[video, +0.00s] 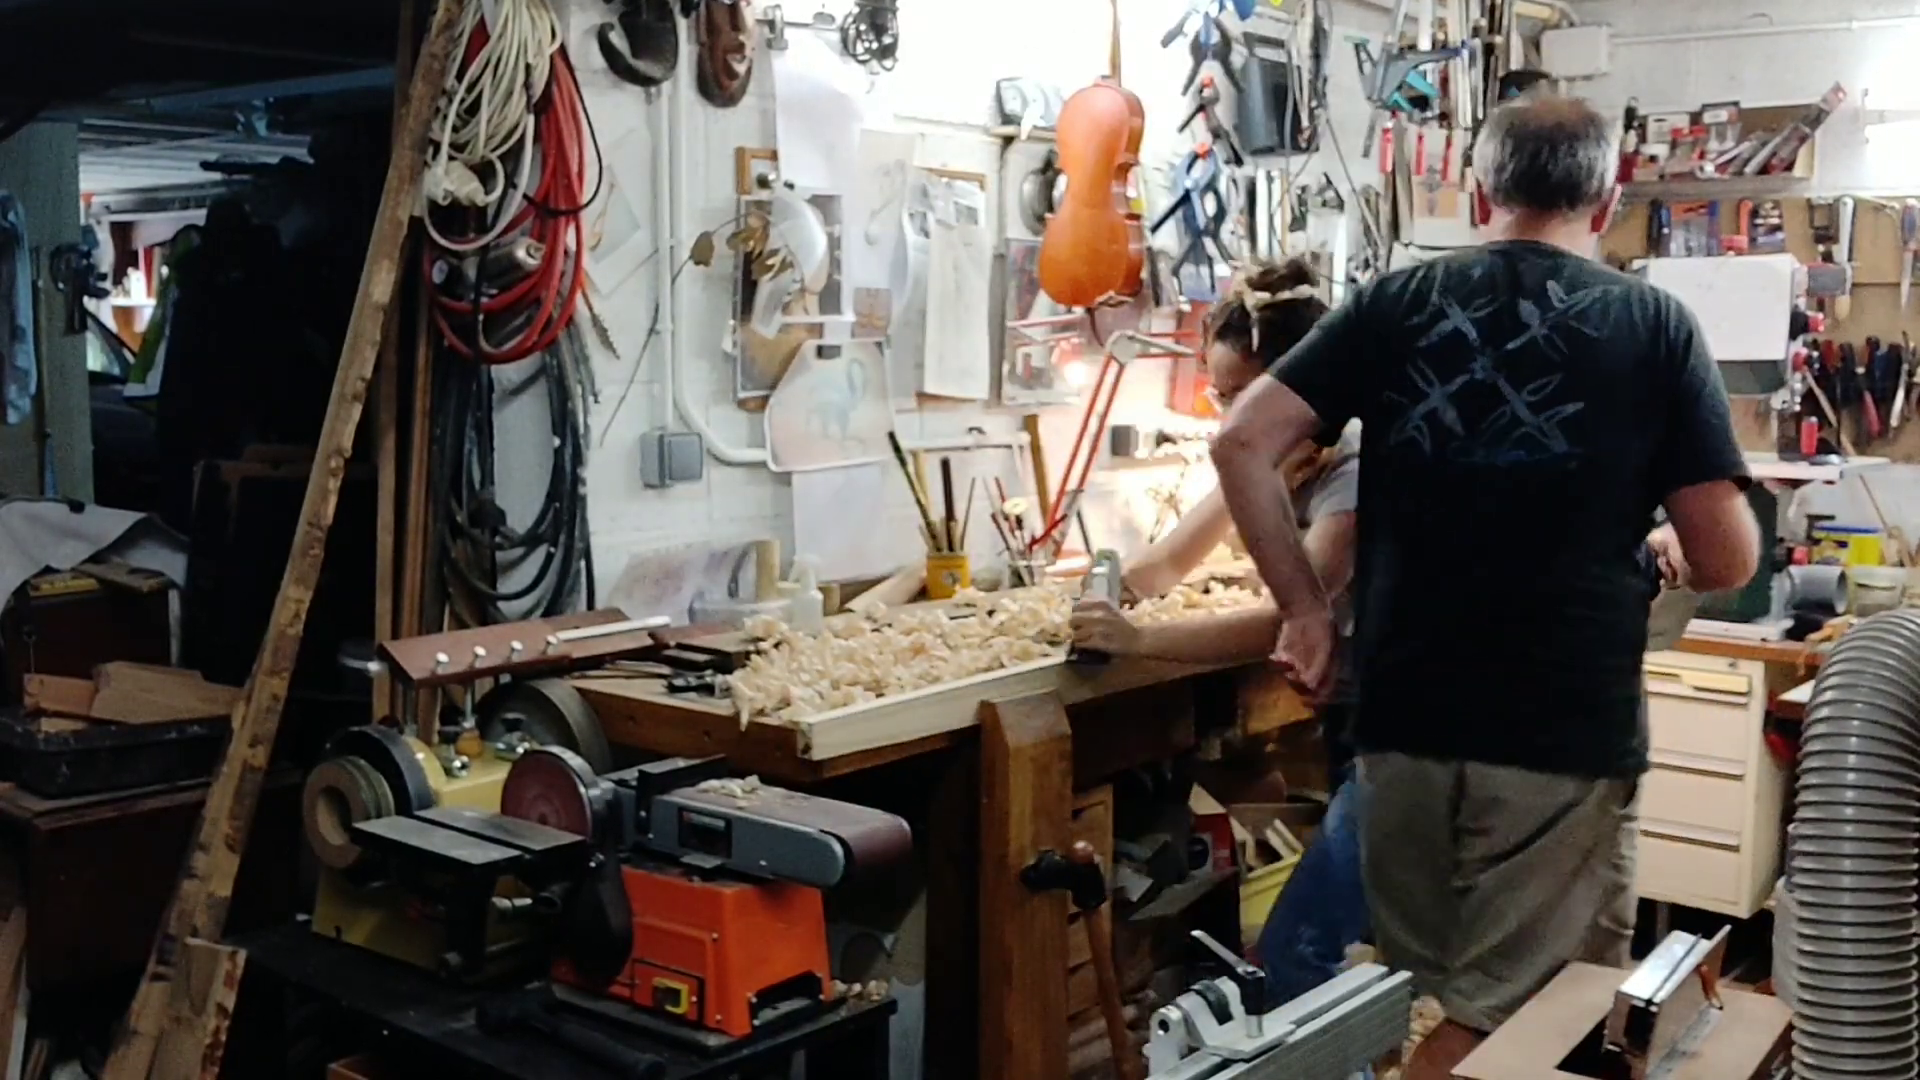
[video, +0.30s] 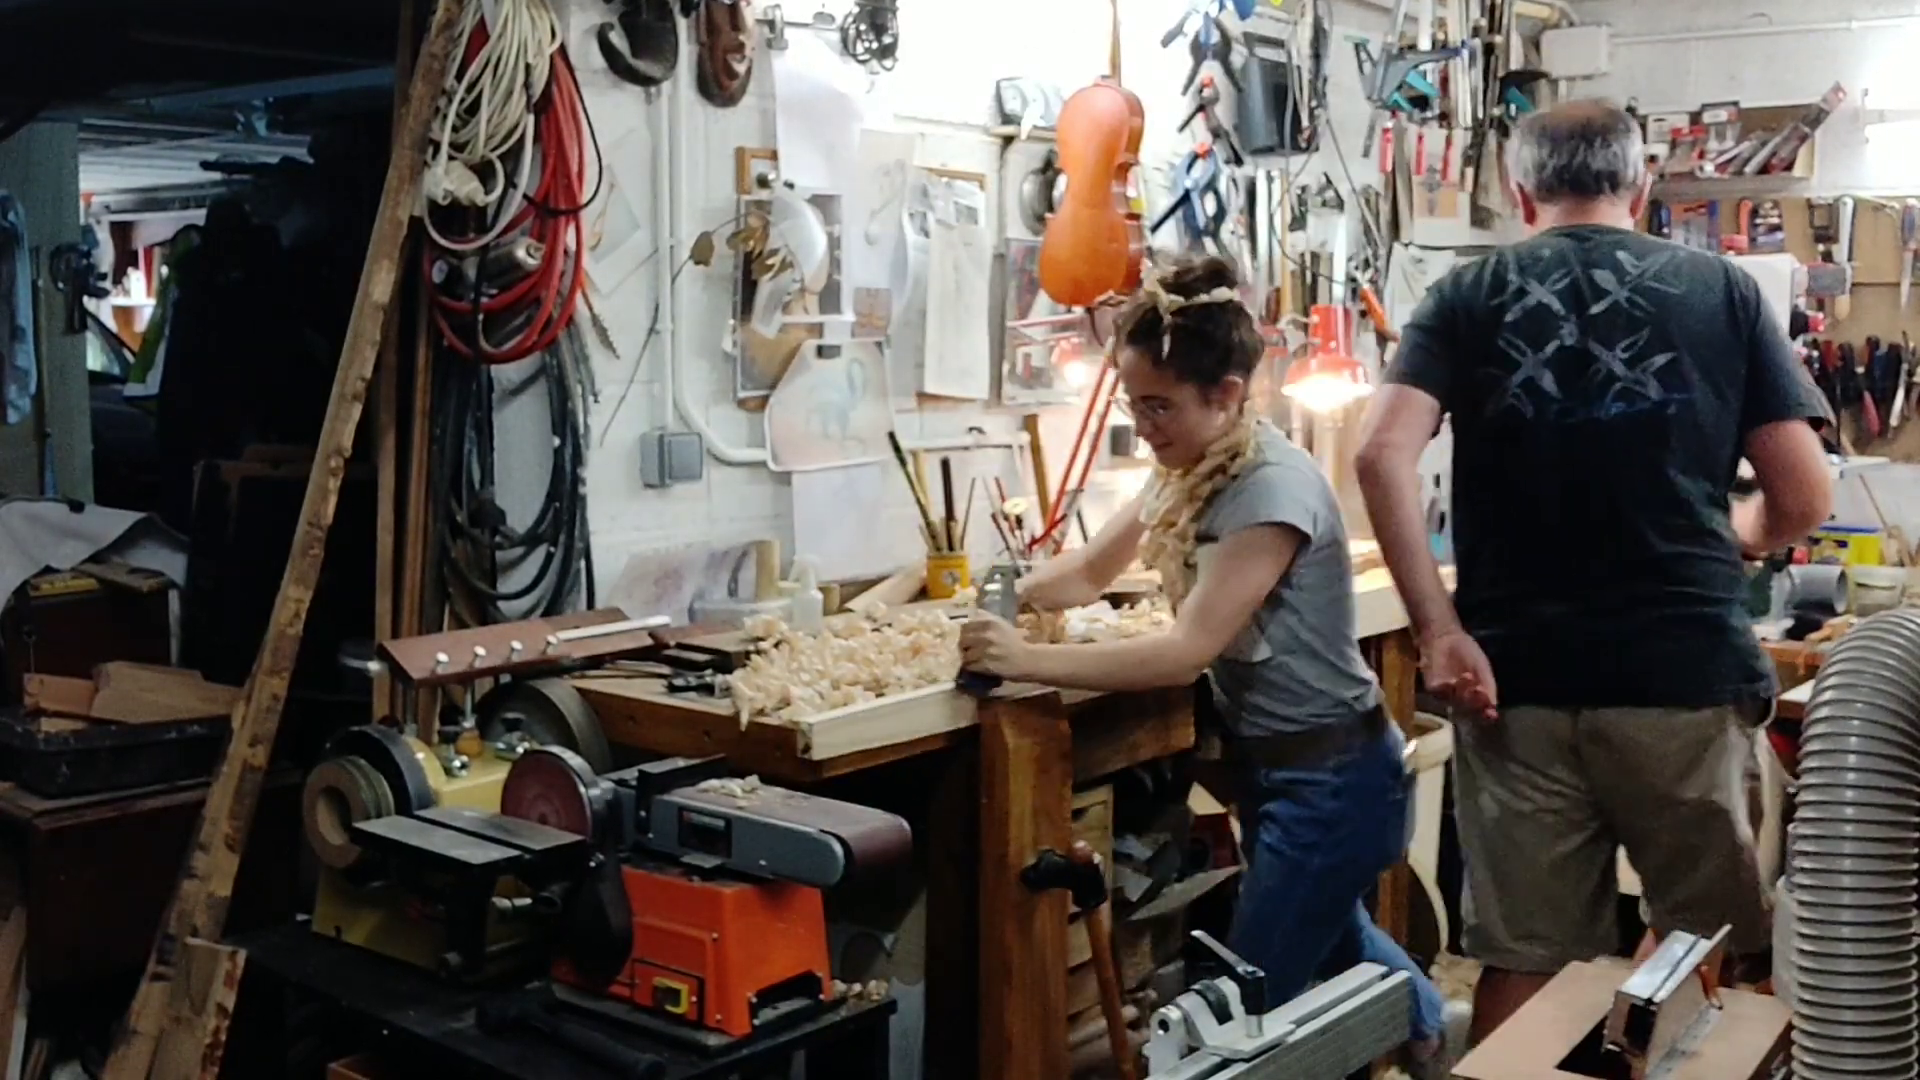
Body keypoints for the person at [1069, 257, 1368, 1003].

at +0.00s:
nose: (1223, 417)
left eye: (1233, 394)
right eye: (1218, 395)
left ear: (1289, 384)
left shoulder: (1355, 475)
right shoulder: (1278, 460)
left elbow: (1298, 617)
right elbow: (1162, 565)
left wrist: (1140, 637)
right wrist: (1099, 597)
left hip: (1402, 753)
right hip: (1357, 741)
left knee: (1293, 955)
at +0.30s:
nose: (1141, 424)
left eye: (1160, 407)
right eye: (1134, 404)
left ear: (1226, 396)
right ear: (1127, 381)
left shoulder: (1274, 491)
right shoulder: (1185, 475)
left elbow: (1188, 650)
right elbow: (1093, 568)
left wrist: (1024, 657)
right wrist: (1015, 589)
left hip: (1329, 779)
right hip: (1270, 768)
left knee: (1260, 993)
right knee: (1332, 938)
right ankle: (1425, 1025)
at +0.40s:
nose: (1110, 424)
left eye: (1129, 405)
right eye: (1101, 403)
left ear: (1201, 390)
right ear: (1094, 379)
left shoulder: (1249, 489)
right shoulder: (1156, 472)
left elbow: (1155, 650)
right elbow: (1059, 570)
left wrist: (987, 666)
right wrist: (970, 606)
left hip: (1311, 779)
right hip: (1245, 771)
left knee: (1262, 1010)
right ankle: (1393, 1023)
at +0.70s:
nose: (1024, 405)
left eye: (1042, 382)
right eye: (1015, 382)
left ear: (1115, 371)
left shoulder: (1167, 477)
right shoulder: (1083, 470)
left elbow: (1050, 641)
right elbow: (980, 585)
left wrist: (876, 691)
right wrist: (877, 626)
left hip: (1300, 763)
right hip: (1203, 762)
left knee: (1296, 1016)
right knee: (1155, 998)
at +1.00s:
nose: (1035, 350)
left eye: (1051, 328)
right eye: (1032, 328)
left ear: (1128, 326)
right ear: (1111, 329)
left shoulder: (1182, 446)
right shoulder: (1099, 444)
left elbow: (1096, 642)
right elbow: (1019, 583)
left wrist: (918, 608)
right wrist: (921, 582)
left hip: (1273, 763)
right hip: (1185, 757)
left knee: (1210, 1029)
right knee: (1139, 1007)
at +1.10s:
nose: (1058, 329)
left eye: (1070, 309)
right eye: (1058, 307)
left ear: (1138, 311)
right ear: (1139, 313)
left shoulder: (1201, 441)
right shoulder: (1162, 426)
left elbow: (1143, 659)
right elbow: (1127, 584)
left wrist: (978, 591)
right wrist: (1008, 563)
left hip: (1263, 766)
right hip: (1214, 758)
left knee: (1223, 1030)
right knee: (1144, 997)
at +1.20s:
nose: (1092, 330)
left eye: (1096, 307)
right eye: (1090, 308)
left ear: (1142, 312)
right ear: (1211, 309)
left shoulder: (1199, 448)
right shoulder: (1255, 412)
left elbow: (1163, 680)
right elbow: (1234, 601)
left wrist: (1011, 594)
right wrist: (1098, 565)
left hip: (1262, 795)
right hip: (1315, 767)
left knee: (1199, 1046)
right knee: (1162, 1005)